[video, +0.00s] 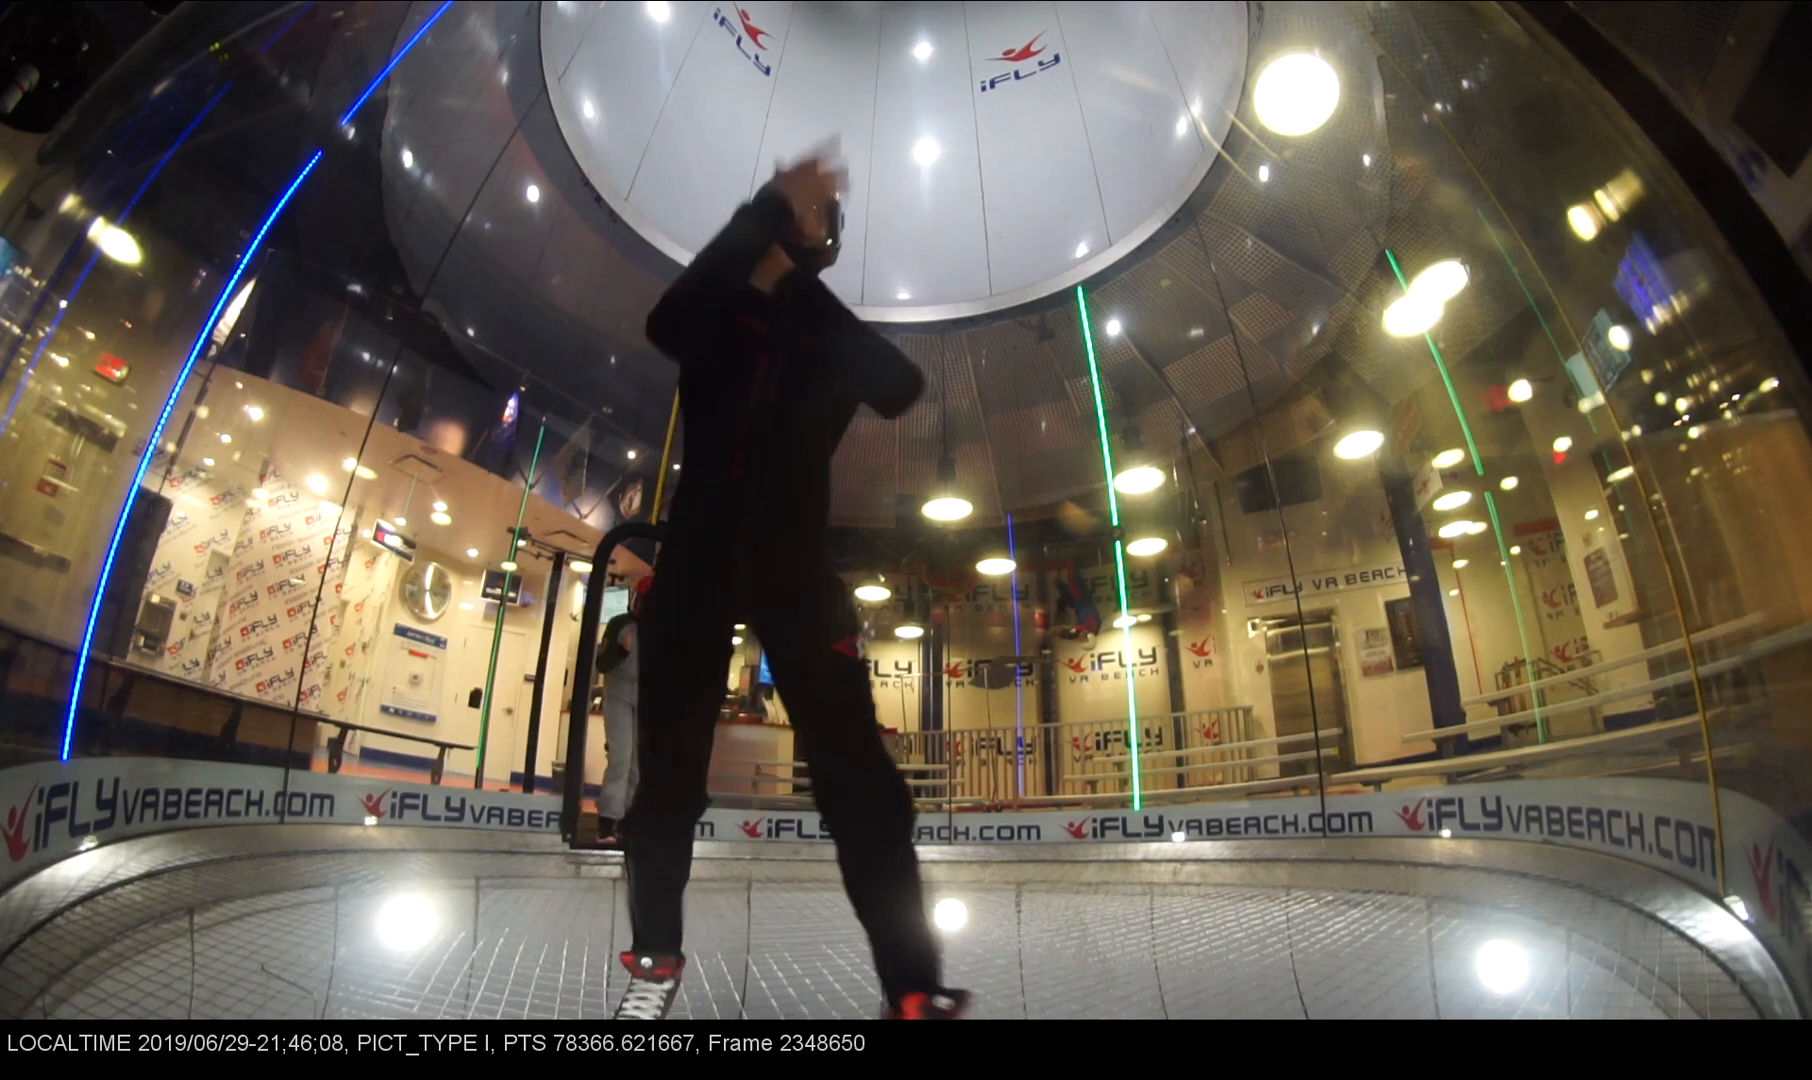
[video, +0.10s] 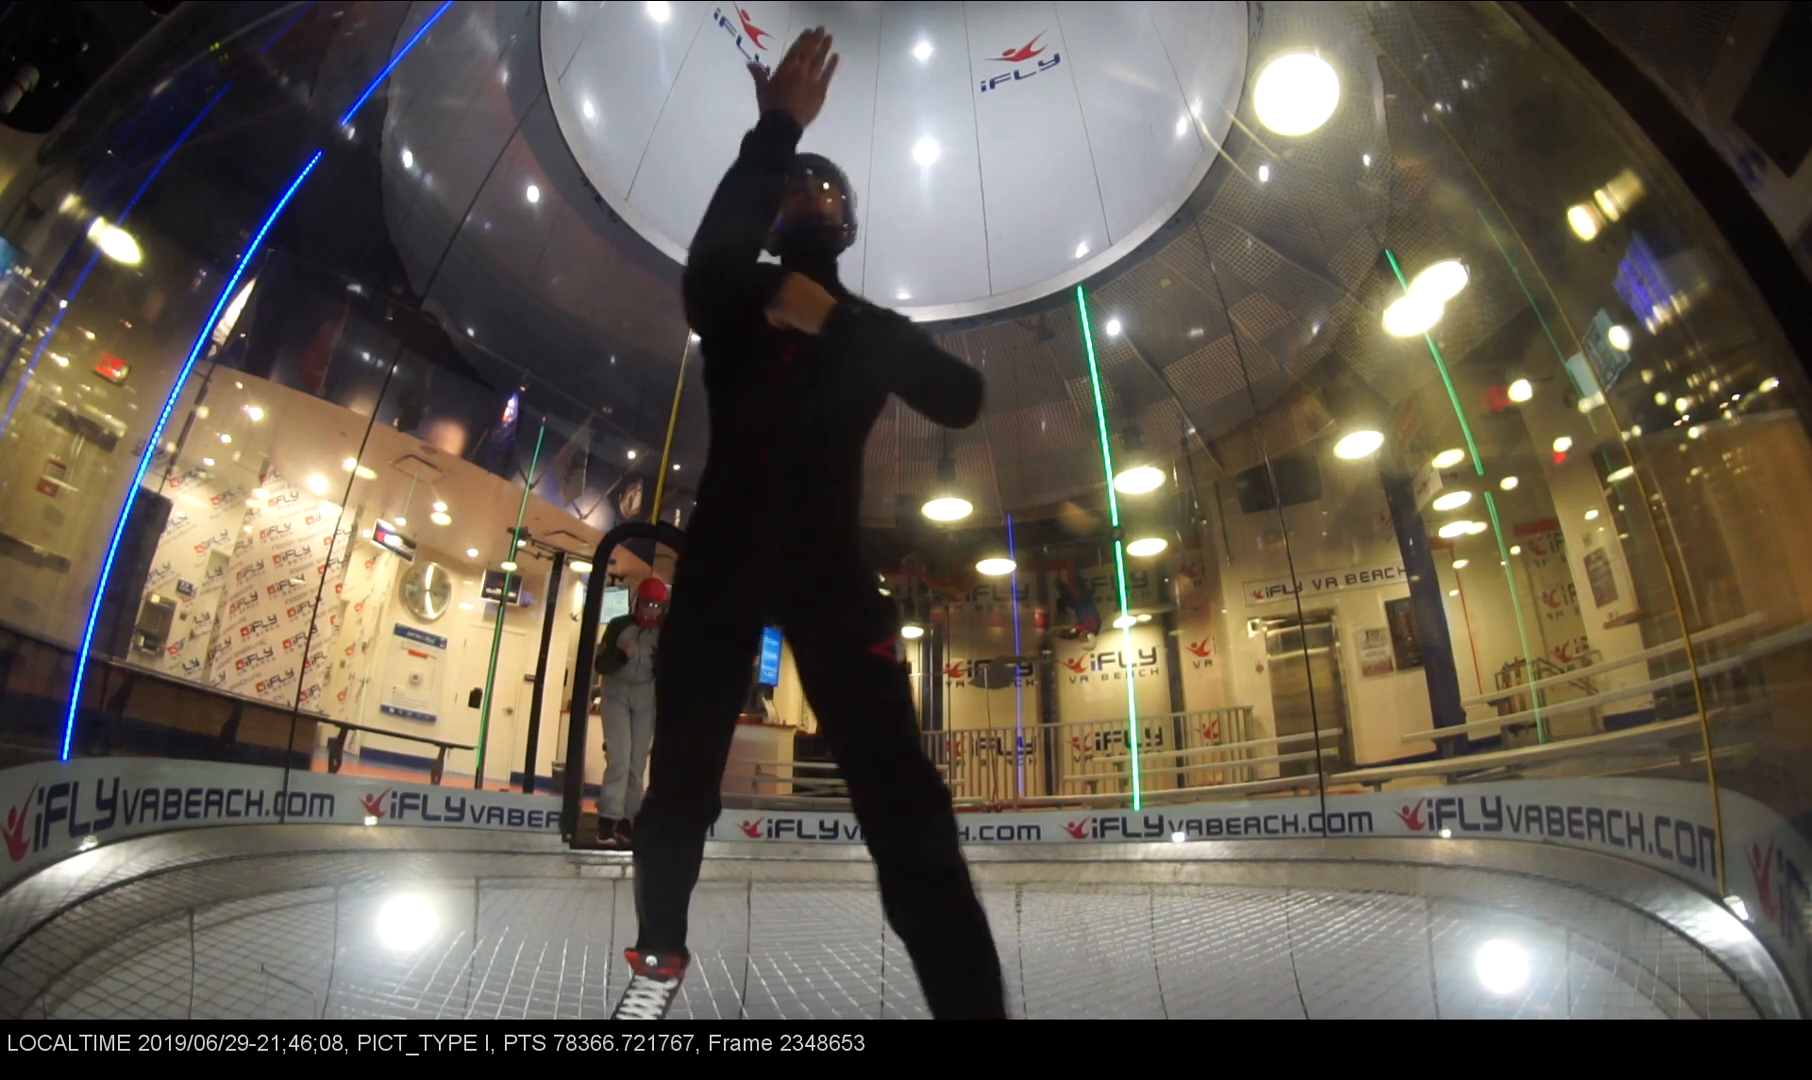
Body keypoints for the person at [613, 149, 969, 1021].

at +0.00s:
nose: (817, 227)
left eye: (827, 218)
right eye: (804, 213)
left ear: (830, 243)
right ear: (765, 230)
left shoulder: (836, 333)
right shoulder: (709, 310)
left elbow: (901, 389)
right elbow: (665, 326)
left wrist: (806, 286)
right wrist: (765, 210)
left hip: (796, 564)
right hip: (696, 558)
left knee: (856, 770)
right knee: (668, 765)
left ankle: (914, 988)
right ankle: (654, 959)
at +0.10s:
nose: (817, 193)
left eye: (831, 188)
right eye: (799, 188)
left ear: (849, 229)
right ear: (771, 219)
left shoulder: (870, 327)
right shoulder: (731, 303)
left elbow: (962, 398)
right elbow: (714, 254)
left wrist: (836, 317)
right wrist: (776, 127)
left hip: (826, 559)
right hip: (722, 551)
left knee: (899, 791)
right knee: (684, 767)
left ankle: (974, 1010)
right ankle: (658, 958)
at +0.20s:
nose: (846, 189)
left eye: (853, 181)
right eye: (827, 181)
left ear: (865, 214)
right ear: (792, 201)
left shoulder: (912, 317)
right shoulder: (758, 294)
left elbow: (1022, 387)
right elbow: (762, 234)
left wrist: (892, 333)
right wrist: (796, 141)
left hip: (874, 556)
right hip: (756, 549)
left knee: (944, 808)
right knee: (704, 771)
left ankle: (986, 1008)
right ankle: (664, 953)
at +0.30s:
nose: (865, 178)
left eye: (871, 170)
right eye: (845, 175)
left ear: (890, 203)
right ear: (814, 202)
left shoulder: (951, 305)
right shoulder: (790, 299)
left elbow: (1069, 370)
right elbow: (797, 230)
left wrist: (968, 305)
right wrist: (825, 128)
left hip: (920, 544)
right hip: (800, 538)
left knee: (987, 813)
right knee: (743, 739)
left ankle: (996, 1006)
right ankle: (695, 945)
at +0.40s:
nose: (888, 155)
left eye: (894, 141)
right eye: (865, 146)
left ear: (922, 164)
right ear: (835, 178)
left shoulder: (984, 279)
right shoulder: (817, 273)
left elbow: (1108, 357)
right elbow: (760, 333)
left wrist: (975, 305)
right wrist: (854, 200)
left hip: (957, 539)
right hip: (834, 536)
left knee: (1018, 813)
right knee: (779, 739)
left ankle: (1006, 1010)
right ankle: (733, 946)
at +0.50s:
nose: (909, 129)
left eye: (922, 117)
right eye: (886, 124)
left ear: (950, 146)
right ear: (860, 161)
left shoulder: (1009, 256)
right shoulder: (835, 245)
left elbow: (1127, 352)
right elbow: (747, 346)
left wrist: (1017, 284)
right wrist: (871, 270)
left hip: (985, 521)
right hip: (858, 521)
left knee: (1025, 795)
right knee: (814, 753)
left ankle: (1013, 1011)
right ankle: (779, 954)